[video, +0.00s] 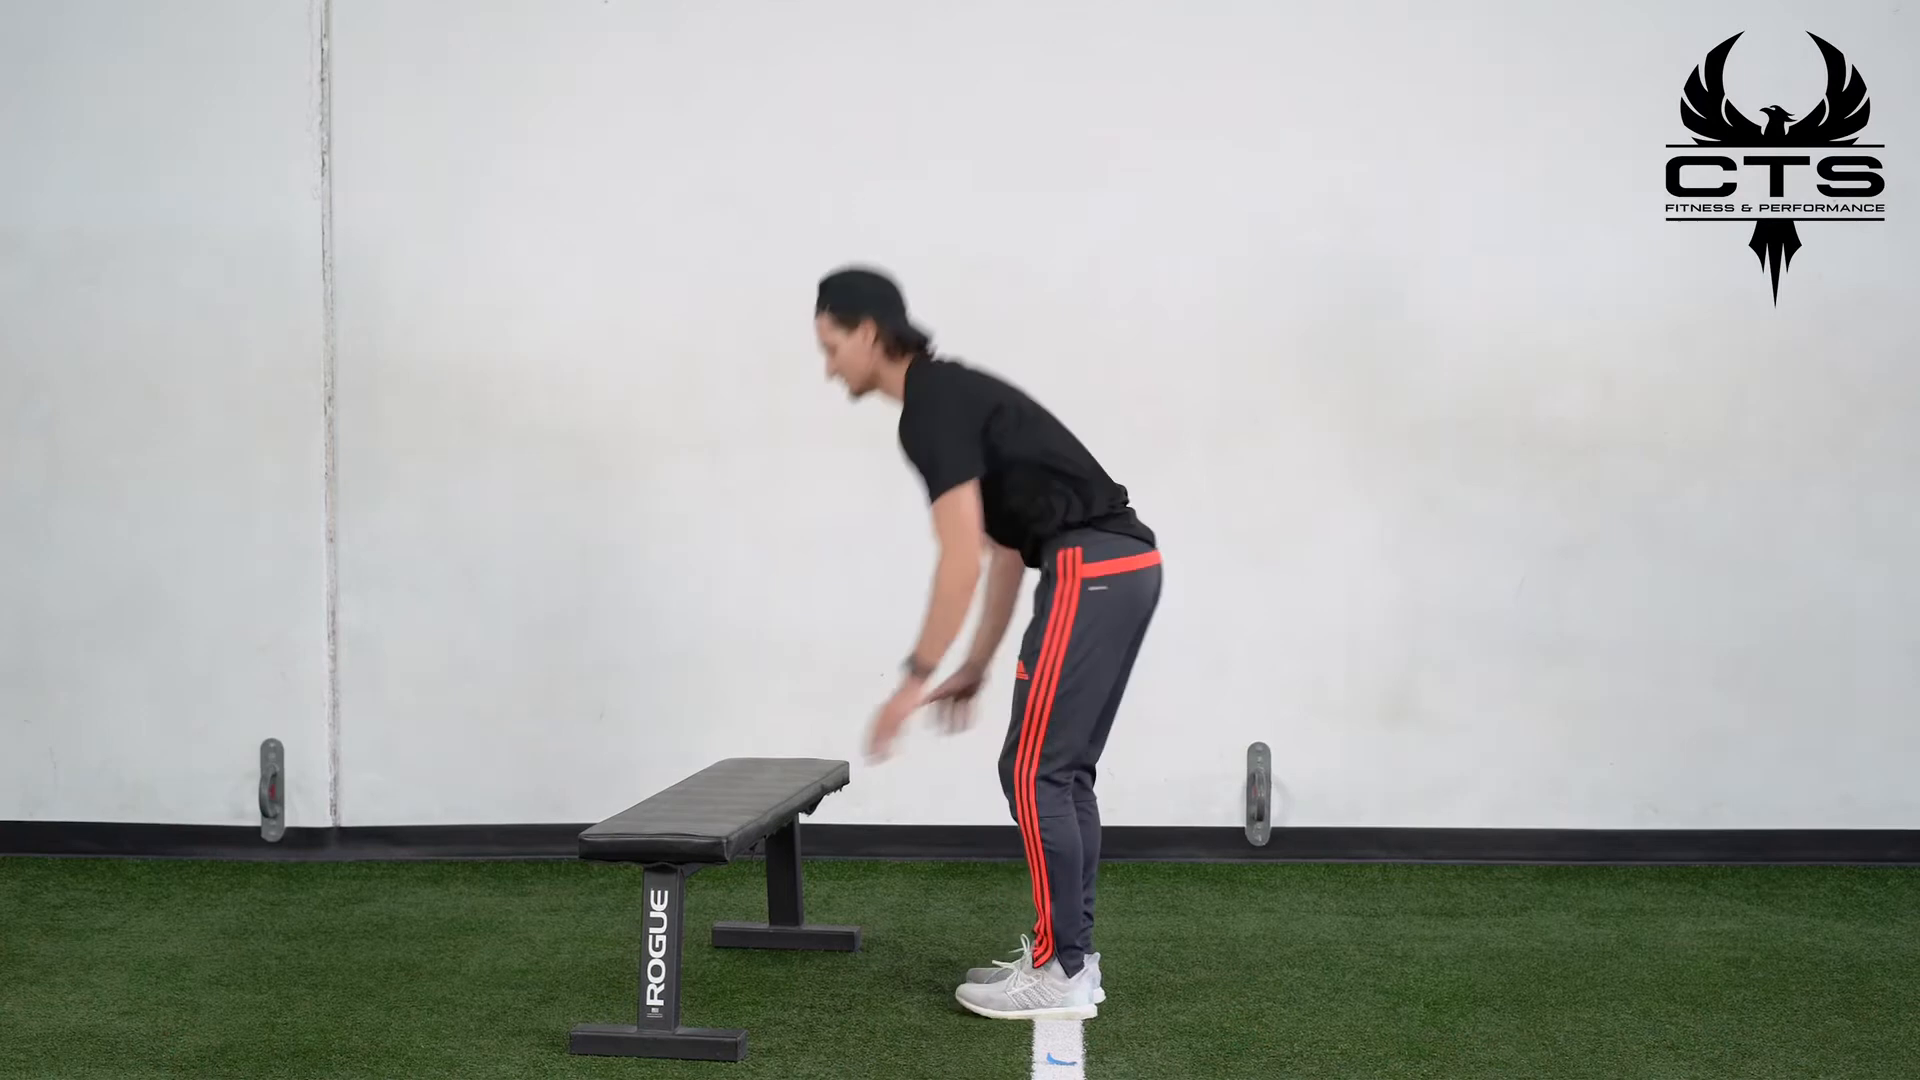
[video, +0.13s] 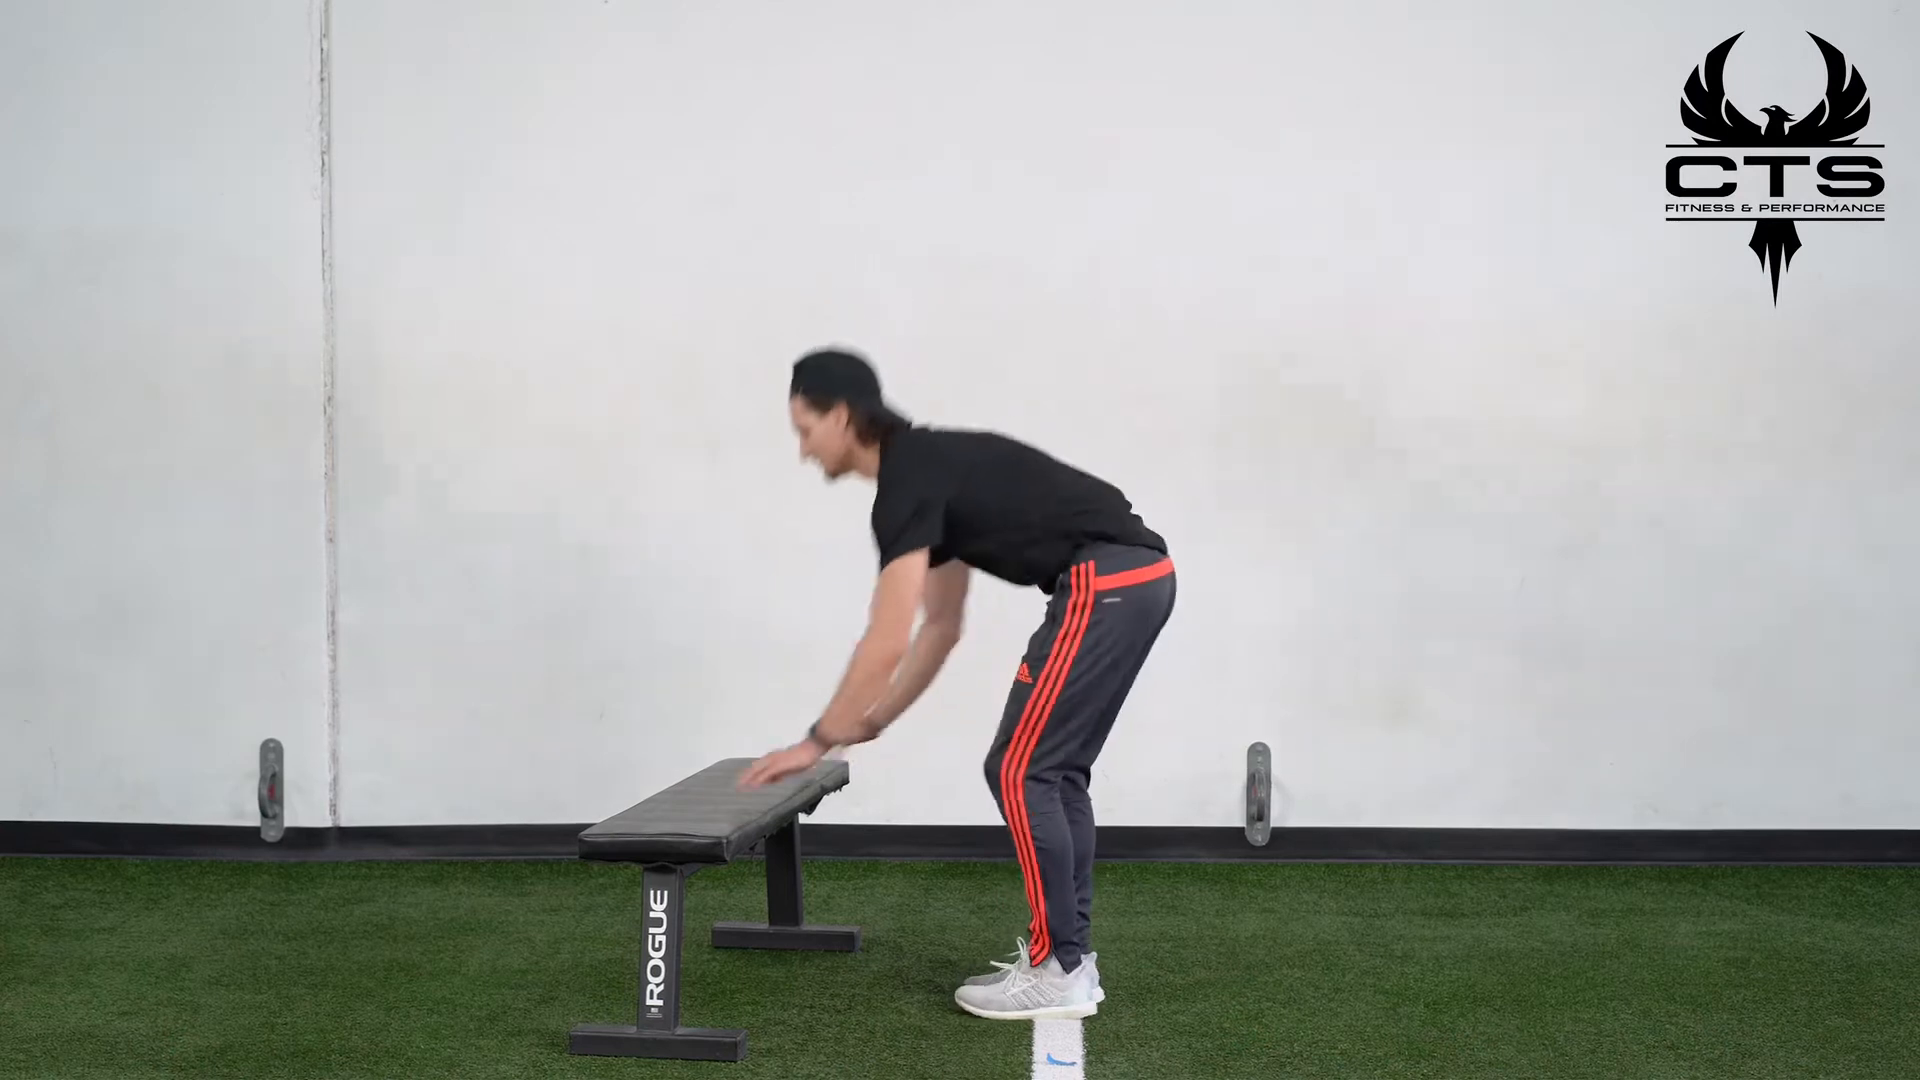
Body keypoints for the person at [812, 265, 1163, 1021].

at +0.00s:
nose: (825, 361)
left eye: (829, 342)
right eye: (822, 344)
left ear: (871, 332)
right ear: (882, 334)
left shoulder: (932, 404)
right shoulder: (960, 392)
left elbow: (964, 553)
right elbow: (1006, 551)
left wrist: (914, 678)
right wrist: (975, 665)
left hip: (1090, 566)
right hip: (1116, 562)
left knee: (1032, 769)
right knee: (1065, 771)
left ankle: (1063, 969)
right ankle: (1068, 958)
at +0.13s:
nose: (801, 446)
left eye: (804, 426)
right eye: (797, 430)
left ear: (846, 414)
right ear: (859, 415)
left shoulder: (907, 479)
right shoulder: (937, 466)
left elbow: (890, 638)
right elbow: (943, 627)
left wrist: (817, 742)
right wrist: (872, 721)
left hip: (1105, 579)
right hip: (1132, 572)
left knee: (1017, 769)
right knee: (1059, 774)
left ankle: (1059, 967)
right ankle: (1068, 958)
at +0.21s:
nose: (787, 490)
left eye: (789, 472)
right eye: (783, 475)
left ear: (830, 458)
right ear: (838, 457)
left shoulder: (894, 514)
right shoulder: (924, 503)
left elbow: (857, 671)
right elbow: (902, 657)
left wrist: (788, 776)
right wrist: (820, 756)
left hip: (1105, 588)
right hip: (1125, 581)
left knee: (1004, 767)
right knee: (1045, 770)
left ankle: (1094, 949)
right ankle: (1062, 951)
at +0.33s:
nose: (757, 528)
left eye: (760, 510)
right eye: (753, 512)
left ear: (800, 495)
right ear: (808, 491)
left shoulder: (870, 536)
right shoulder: (895, 528)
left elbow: (852, 687)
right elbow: (894, 673)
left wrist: (785, 797)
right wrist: (820, 762)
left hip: (1090, 593)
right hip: (1076, 594)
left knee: (1045, 794)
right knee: (1011, 763)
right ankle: (1058, 954)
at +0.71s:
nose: (747, 527)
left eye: (749, 510)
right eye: (742, 513)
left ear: (792, 494)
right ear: (793, 495)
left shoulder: (856, 531)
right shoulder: (885, 536)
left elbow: (822, 676)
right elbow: (887, 670)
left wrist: (766, 791)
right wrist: (828, 763)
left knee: (1188, 793)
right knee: (981, 755)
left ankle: (1348, 941)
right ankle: (1069, 926)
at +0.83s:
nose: (738, 529)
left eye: (741, 512)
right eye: (734, 514)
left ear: (785, 497)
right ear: (784, 496)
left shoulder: (849, 536)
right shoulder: (867, 535)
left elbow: (828, 680)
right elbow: (885, 668)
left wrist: (771, 796)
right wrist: (832, 759)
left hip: (1081, 611)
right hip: (1059, 623)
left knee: (1189, 791)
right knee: (1030, 792)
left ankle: (1348, 940)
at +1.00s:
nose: (709, 529)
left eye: (712, 512)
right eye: (705, 513)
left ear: (755, 498)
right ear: (765, 496)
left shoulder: (824, 547)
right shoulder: (842, 535)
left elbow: (831, 690)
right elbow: (881, 678)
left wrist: (769, 797)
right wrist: (819, 768)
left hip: (1045, 641)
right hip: (1046, 637)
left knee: (1171, 806)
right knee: (1161, 808)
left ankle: (1348, 939)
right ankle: (1345, 918)